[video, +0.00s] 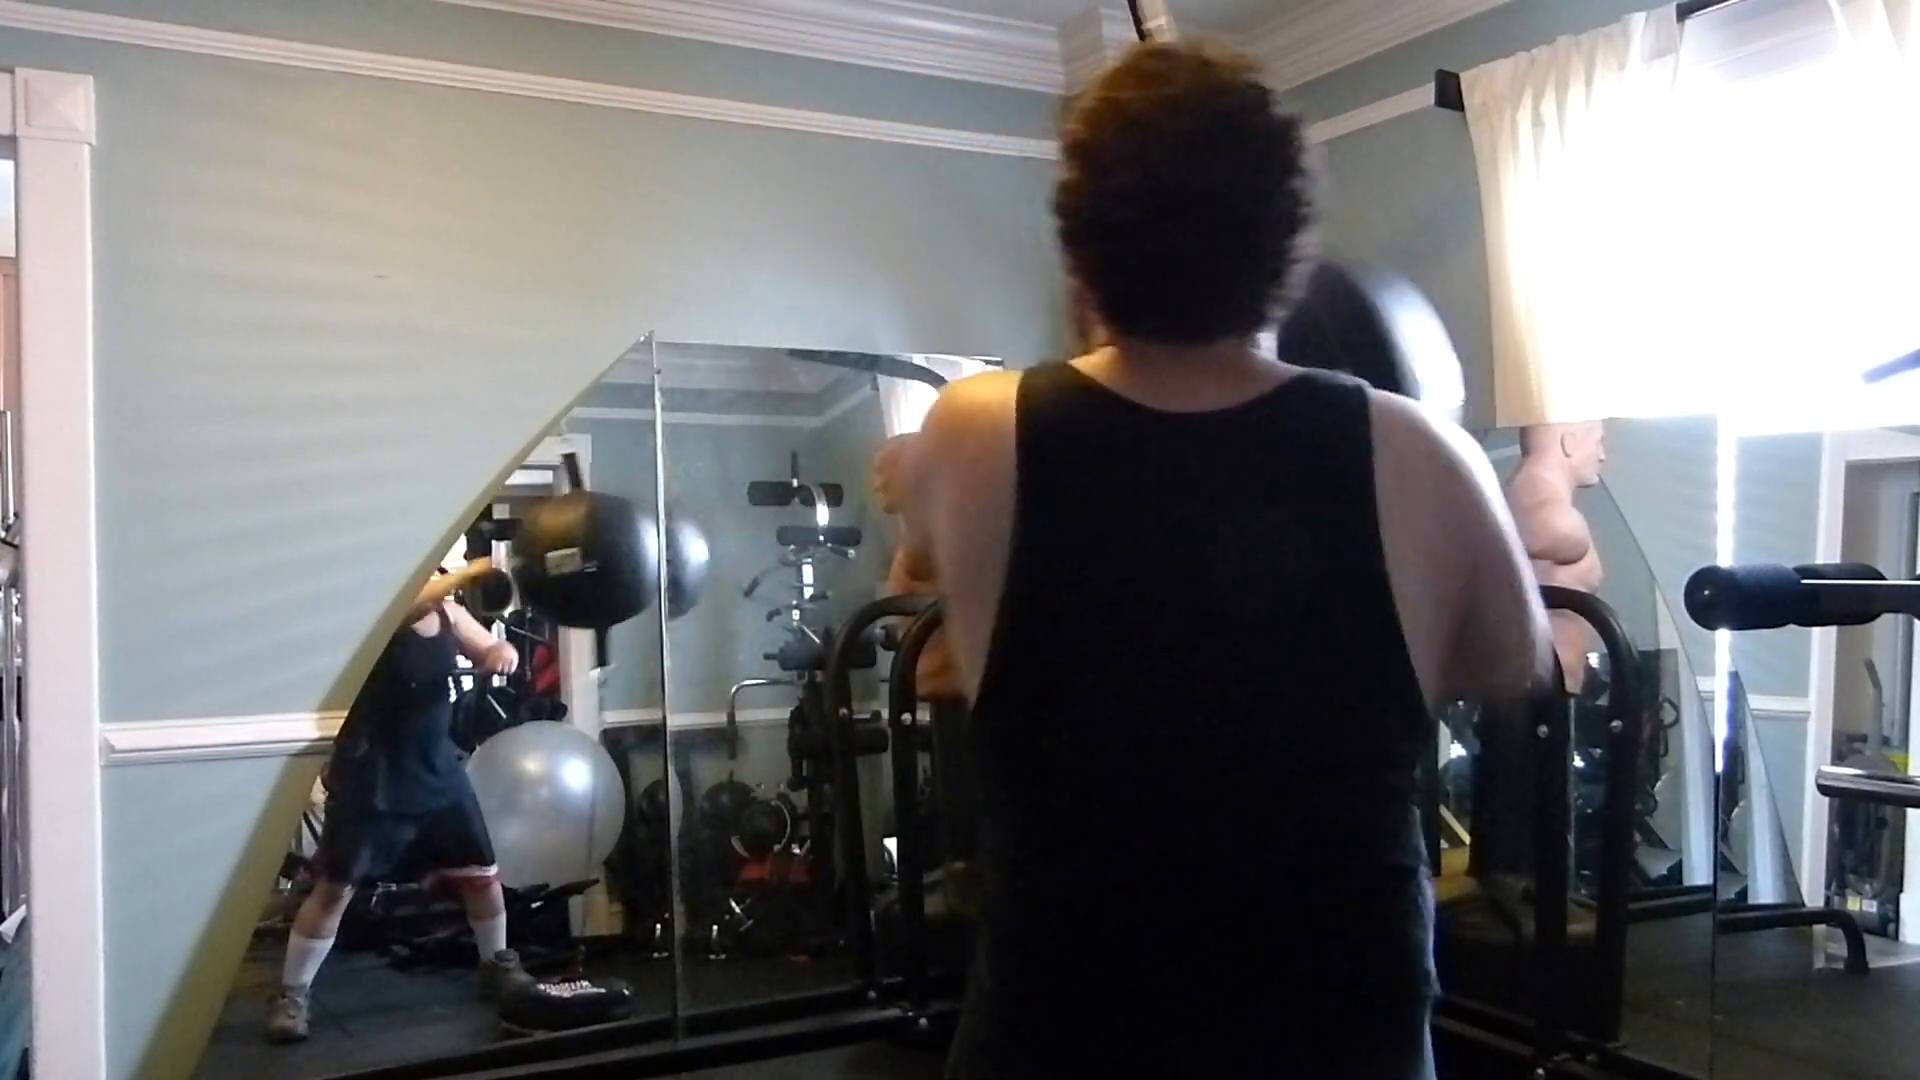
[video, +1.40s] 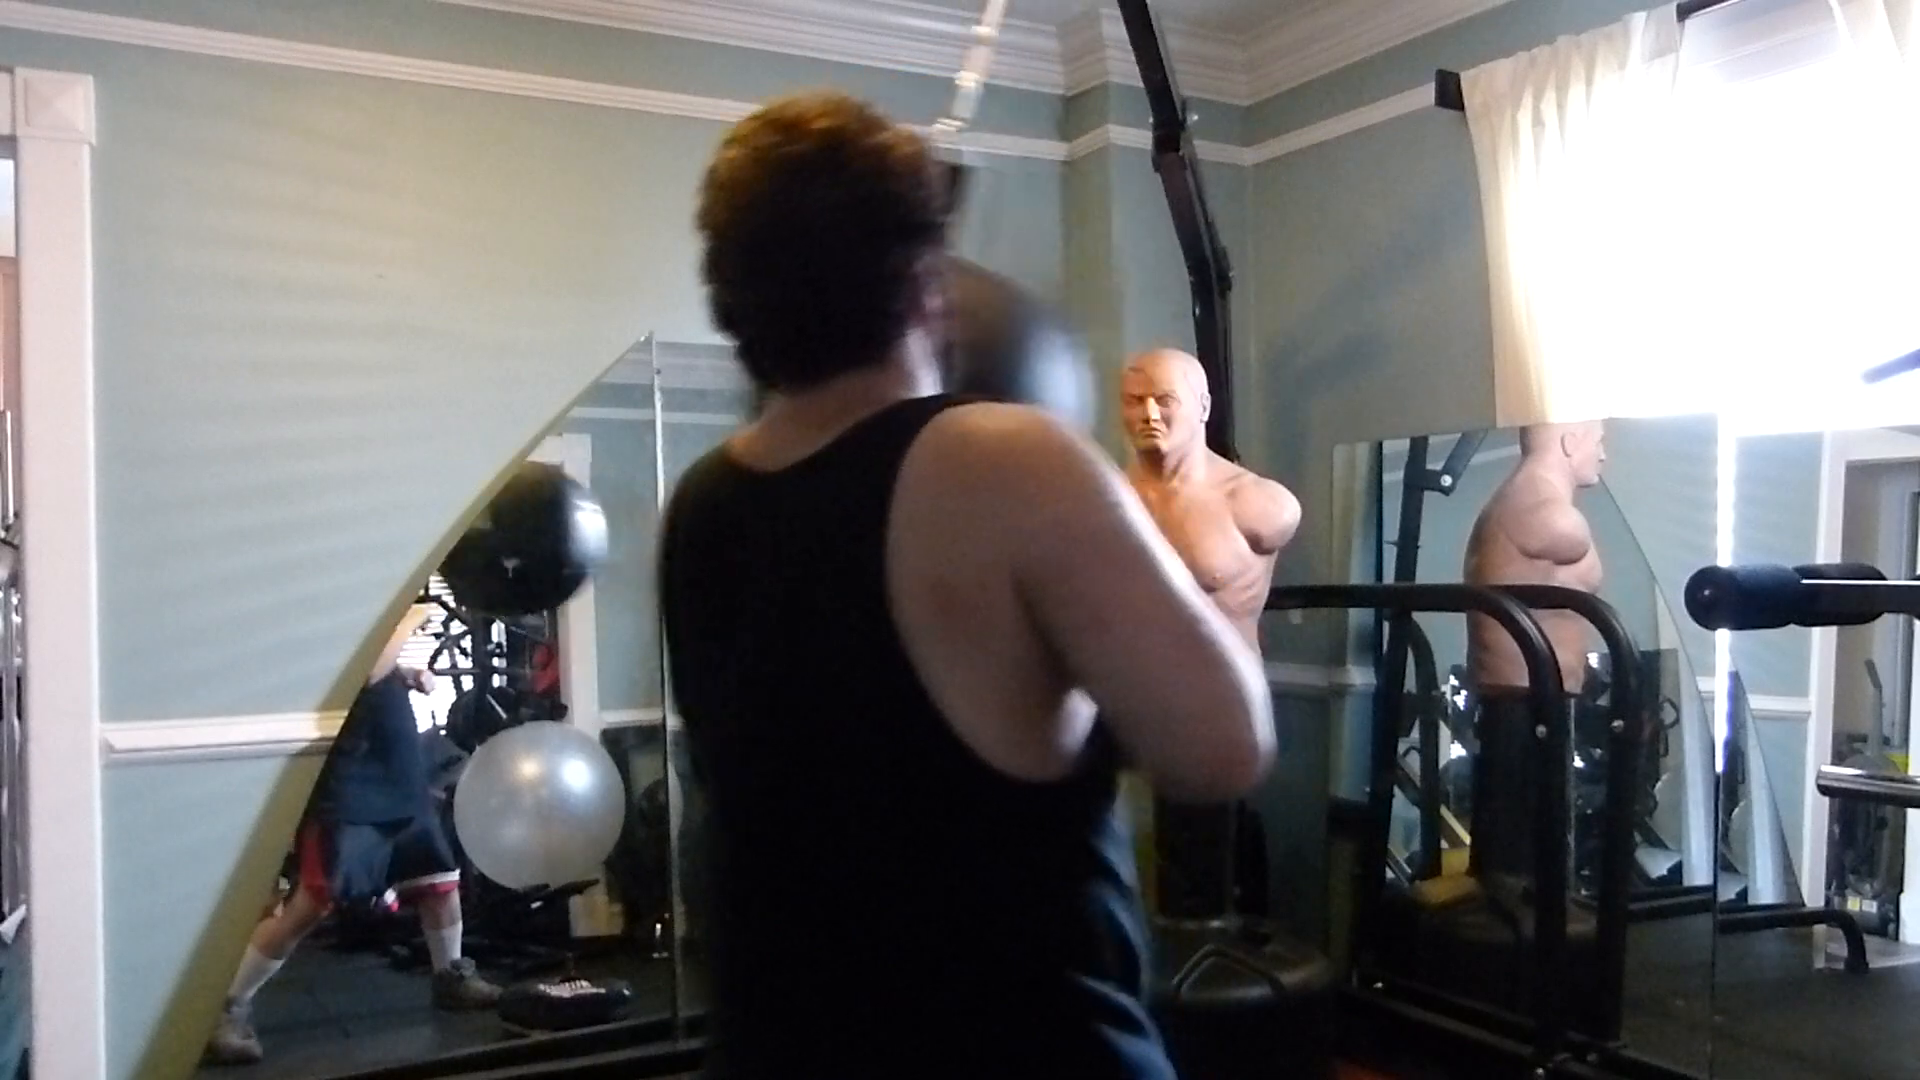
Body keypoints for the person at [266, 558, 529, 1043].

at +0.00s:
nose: (429, 577)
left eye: (433, 569)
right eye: (422, 570)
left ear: (438, 571)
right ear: (396, 572)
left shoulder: (448, 609)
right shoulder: (372, 612)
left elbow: (487, 651)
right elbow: (406, 601)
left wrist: (500, 655)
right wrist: (468, 575)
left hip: (437, 764)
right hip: (370, 768)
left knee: (482, 877)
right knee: (334, 888)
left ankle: (500, 969)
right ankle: (292, 997)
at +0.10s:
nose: (454, 584)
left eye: (452, 575)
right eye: (441, 575)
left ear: (439, 576)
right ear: (408, 572)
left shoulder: (446, 631)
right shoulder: (387, 602)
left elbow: (437, 701)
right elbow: (468, 587)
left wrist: (474, 688)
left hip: (444, 767)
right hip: (381, 768)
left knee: (483, 870)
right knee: (344, 884)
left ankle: (499, 970)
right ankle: (293, 991)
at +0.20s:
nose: (454, 553)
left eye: (455, 543)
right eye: (444, 542)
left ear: (449, 549)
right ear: (416, 545)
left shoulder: (440, 601)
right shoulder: (400, 592)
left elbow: (432, 686)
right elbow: (463, 604)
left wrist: (477, 701)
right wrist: (529, 575)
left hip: (448, 761)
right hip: (389, 762)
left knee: (484, 865)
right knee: (354, 881)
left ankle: (499, 970)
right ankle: (292, 988)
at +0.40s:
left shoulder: (443, 634)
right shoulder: (382, 620)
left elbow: (469, 688)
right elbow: (386, 659)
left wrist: (469, 675)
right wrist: (418, 598)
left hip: (449, 766)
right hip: (382, 764)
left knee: (488, 872)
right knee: (350, 884)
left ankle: (499, 973)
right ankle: (290, 993)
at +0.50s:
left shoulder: (428, 612)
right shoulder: (352, 617)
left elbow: (468, 681)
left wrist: (445, 629)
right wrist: (388, 622)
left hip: (431, 765)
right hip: (361, 770)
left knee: (477, 878)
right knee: (335, 893)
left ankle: (497, 972)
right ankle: (288, 997)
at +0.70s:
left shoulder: (386, 597)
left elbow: (446, 644)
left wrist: (407, 604)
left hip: (399, 757)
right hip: (330, 768)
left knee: (451, 867)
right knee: (310, 887)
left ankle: (477, 966)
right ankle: (279, 995)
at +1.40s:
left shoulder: (392, 599)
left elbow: (372, 674)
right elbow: (366, 670)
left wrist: (402, 675)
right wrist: (410, 616)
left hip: (402, 775)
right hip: (343, 779)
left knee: (438, 881)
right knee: (313, 900)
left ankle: (451, 976)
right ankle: (234, 1006)